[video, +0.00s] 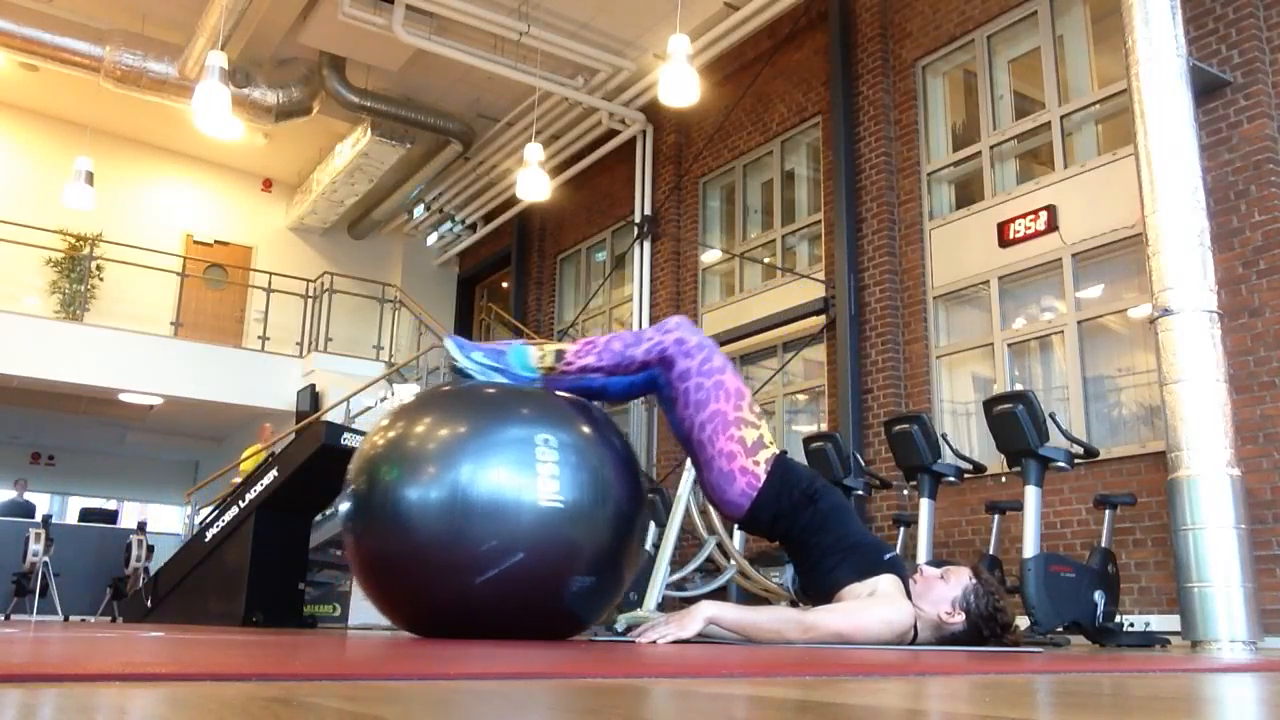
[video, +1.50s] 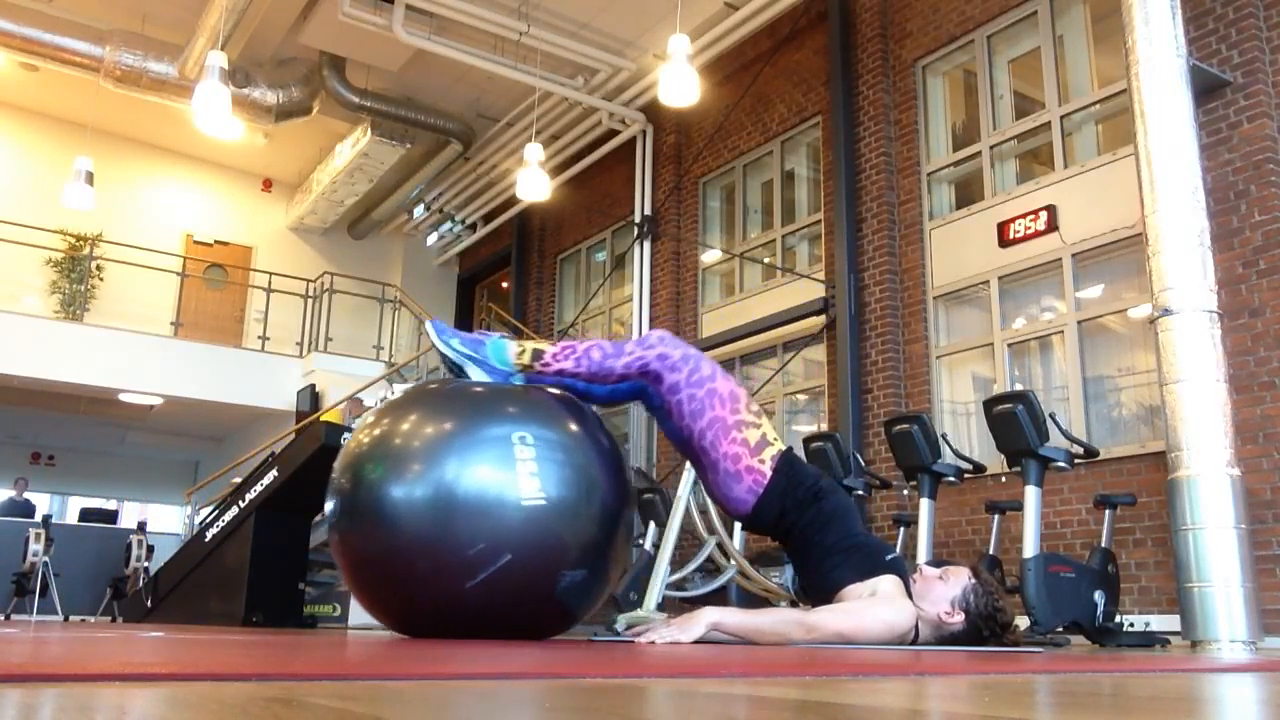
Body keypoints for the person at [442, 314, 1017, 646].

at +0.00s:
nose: (937, 569)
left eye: (949, 582)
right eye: (950, 569)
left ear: (946, 617)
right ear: (943, 603)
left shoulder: (893, 607)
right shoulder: (891, 593)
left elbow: (806, 626)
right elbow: (804, 620)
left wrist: (705, 613)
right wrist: (714, 617)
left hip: (751, 483)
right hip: (765, 472)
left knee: (679, 333)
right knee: (683, 345)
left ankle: (530, 364)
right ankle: (553, 386)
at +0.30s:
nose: (935, 563)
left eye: (947, 576)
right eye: (948, 566)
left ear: (947, 613)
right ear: (944, 611)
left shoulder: (891, 611)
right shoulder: (901, 601)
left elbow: (805, 626)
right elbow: (803, 622)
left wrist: (709, 614)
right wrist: (714, 616)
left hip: (764, 464)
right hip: (786, 465)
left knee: (778, 304)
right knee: (781, 310)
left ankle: (645, 365)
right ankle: (649, 369)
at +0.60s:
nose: (928, 569)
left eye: (942, 578)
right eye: (942, 568)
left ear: (949, 616)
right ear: (948, 614)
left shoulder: (896, 616)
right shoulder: (913, 612)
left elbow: (801, 627)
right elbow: (803, 626)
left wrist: (709, 614)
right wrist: (719, 618)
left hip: (790, 454)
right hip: (815, 458)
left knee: (847, 303)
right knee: (845, 309)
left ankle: (712, 365)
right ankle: (718, 370)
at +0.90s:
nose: (931, 569)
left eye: (943, 579)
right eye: (944, 570)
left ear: (947, 613)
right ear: (946, 611)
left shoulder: (894, 616)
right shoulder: (907, 607)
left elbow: (800, 627)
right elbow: (808, 624)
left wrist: (712, 615)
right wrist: (719, 620)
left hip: (782, 458)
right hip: (805, 458)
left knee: (810, 296)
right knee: (808, 317)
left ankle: (675, 358)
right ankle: (689, 371)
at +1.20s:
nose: (942, 567)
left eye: (951, 577)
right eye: (955, 569)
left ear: (946, 611)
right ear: (944, 598)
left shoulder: (892, 613)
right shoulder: (894, 600)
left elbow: (795, 629)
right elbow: (794, 625)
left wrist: (705, 616)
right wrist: (708, 619)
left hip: (765, 473)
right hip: (783, 465)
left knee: (722, 317)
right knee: (728, 321)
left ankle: (583, 364)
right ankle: (597, 370)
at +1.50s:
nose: (937, 569)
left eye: (949, 581)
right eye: (950, 570)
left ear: (946, 617)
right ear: (945, 605)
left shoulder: (892, 610)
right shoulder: (891, 594)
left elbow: (804, 626)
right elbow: (802, 621)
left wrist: (708, 618)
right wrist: (714, 622)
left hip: (756, 481)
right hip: (773, 467)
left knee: (665, 355)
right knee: (668, 351)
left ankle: (508, 361)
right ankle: (522, 363)